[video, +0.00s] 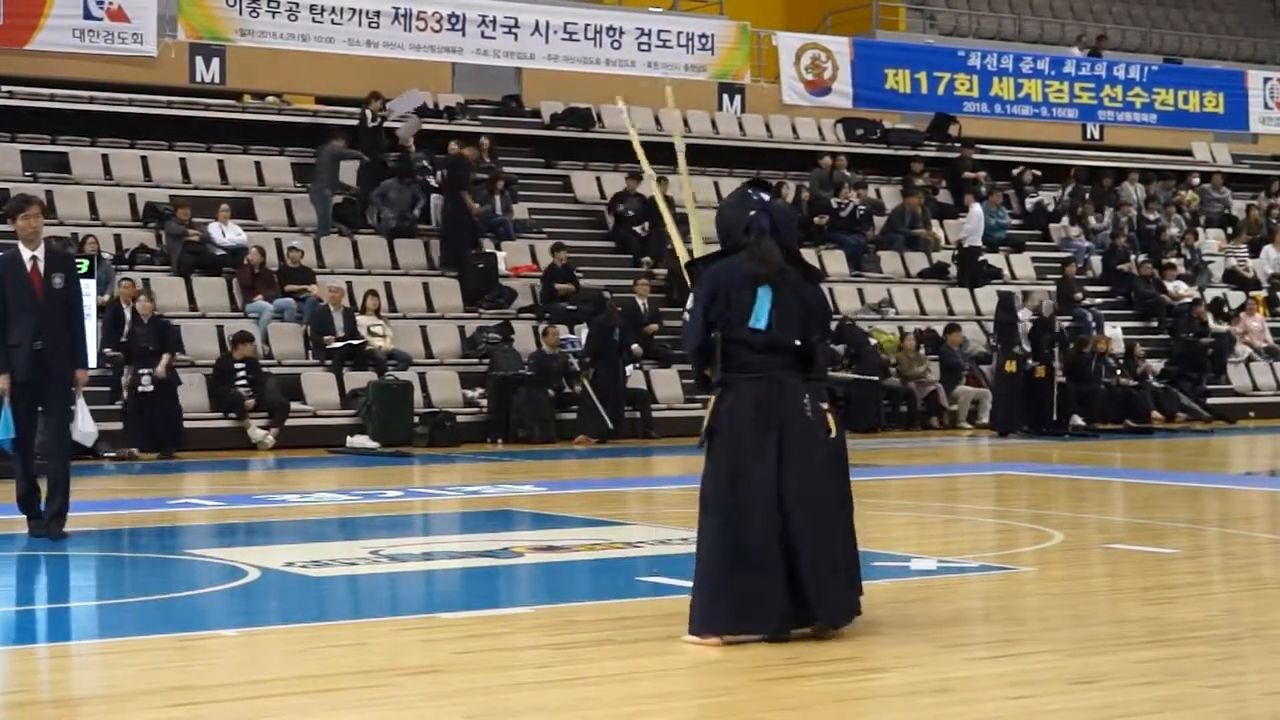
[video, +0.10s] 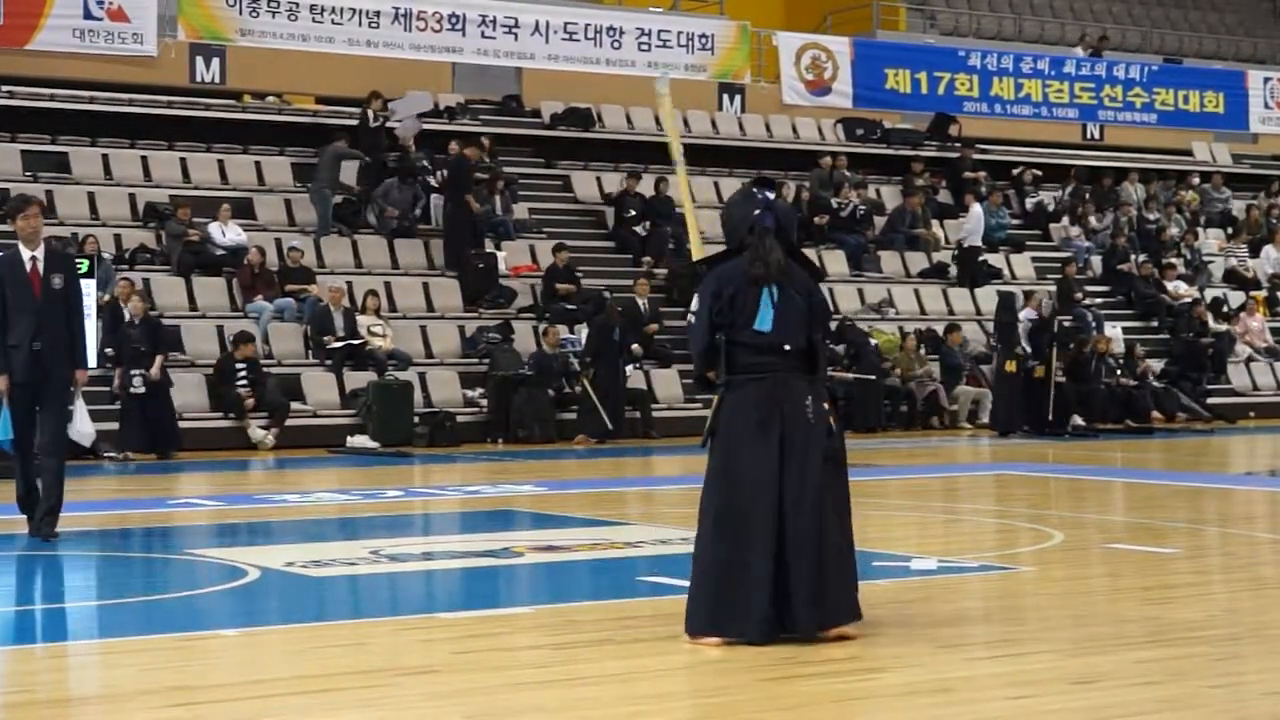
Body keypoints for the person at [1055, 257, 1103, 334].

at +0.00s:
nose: (1073, 269)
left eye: (1074, 266)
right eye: (1070, 267)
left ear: (1076, 268)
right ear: (1065, 268)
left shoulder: (1075, 281)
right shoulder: (1062, 282)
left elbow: (1085, 292)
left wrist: (1081, 295)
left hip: (1079, 304)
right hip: (1068, 306)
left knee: (1098, 315)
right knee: (1086, 316)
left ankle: (1101, 339)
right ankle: (1089, 341)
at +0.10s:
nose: (1073, 269)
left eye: (1074, 266)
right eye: (1070, 266)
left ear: (1076, 268)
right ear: (1064, 268)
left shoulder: (1075, 281)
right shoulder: (1062, 282)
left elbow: (1085, 292)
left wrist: (1081, 295)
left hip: (1079, 304)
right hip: (1068, 306)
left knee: (1098, 315)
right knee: (1086, 315)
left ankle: (1101, 338)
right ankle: (1089, 339)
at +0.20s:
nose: (1073, 269)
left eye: (1074, 266)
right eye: (1070, 266)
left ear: (1076, 268)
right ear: (1064, 268)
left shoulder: (1075, 281)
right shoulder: (1062, 282)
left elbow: (1084, 291)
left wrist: (1081, 295)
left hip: (1080, 304)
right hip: (1069, 306)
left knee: (1098, 315)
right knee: (1086, 315)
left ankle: (1101, 338)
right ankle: (1089, 339)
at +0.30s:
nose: (1073, 269)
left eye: (1074, 266)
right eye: (1070, 266)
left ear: (1076, 268)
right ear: (1064, 268)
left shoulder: (1075, 281)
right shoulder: (1063, 282)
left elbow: (1085, 291)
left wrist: (1081, 295)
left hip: (1080, 304)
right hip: (1069, 306)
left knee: (1098, 315)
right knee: (1086, 315)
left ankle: (1101, 337)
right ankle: (1089, 339)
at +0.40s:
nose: (1073, 269)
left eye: (1074, 266)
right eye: (1070, 266)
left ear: (1076, 268)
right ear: (1064, 268)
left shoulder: (1075, 281)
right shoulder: (1063, 282)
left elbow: (1084, 292)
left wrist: (1081, 295)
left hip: (1080, 304)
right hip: (1068, 306)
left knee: (1099, 315)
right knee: (1086, 315)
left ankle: (1101, 337)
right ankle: (1089, 339)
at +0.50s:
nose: (1073, 269)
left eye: (1074, 266)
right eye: (1070, 266)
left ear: (1076, 268)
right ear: (1064, 268)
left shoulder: (1075, 281)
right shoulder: (1063, 282)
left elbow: (1084, 291)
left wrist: (1081, 295)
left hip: (1080, 304)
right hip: (1068, 306)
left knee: (1098, 315)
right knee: (1086, 315)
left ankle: (1101, 338)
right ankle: (1089, 339)